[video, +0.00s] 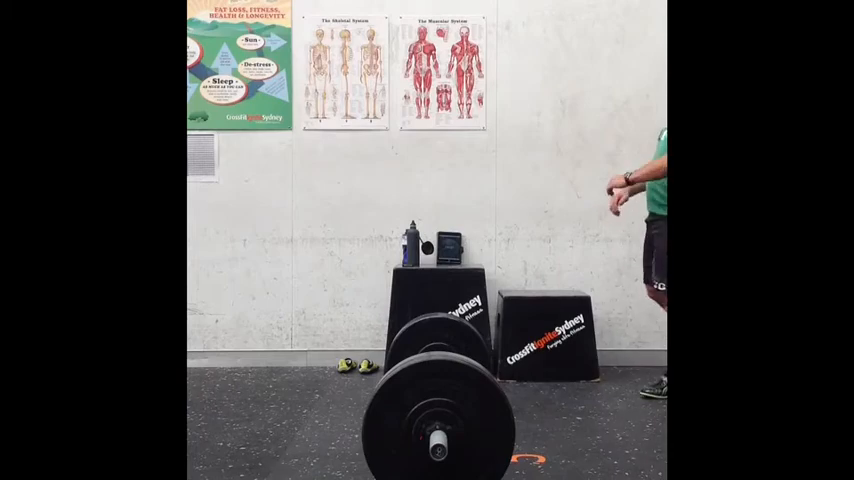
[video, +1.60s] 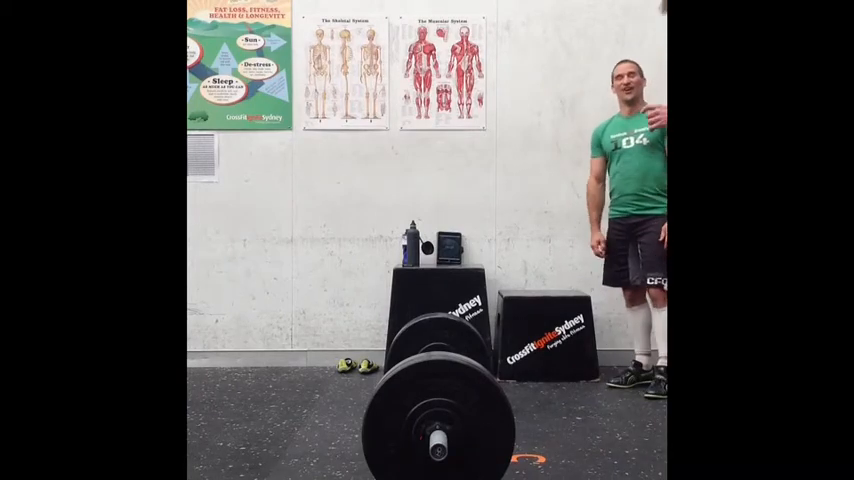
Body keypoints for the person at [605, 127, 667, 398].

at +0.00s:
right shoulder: (663, 134)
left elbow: (663, 165)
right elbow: (658, 172)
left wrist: (627, 178)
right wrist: (630, 189)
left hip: (663, 217)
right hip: (656, 216)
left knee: (660, 290)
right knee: (655, 290)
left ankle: (667, 377)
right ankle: (666, 377)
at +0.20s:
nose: (664, 79)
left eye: (666, 73)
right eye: (664, 74)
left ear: (668, 77)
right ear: (664, 77)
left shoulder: (664, 135)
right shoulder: (662, 133)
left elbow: (665, 182)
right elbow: (654, 178)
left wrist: (651, 218)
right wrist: (634, 213)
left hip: (663, 220)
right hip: (651, 218)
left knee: (652, 288)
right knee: (642, 287)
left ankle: (668, 376)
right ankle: (666, 375)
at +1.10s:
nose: (652, 80)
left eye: (658, 75)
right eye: (646, 75)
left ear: (666, 82)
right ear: (636, 81)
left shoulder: (666, 120)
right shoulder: (619, 126)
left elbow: (668, 179)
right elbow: (600, 167)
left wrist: (658, 216)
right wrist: (581, 198)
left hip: (659, 221)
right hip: (627, 221)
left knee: (659, 293)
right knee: (634, 294)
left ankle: (664, 376)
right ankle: (643, 367)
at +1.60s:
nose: (625, 81)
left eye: (631, 75)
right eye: (619, 77)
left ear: (643, 82)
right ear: (613, 87)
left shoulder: (660, 119)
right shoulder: (603, 130)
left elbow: (667, 169)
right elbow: (596, 180)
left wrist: (670, 219)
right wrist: (595, 229)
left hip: (656, 219)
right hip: (620, 221)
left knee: (657, 292)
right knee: (633, 294)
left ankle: (663, 368)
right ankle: (642, 365)